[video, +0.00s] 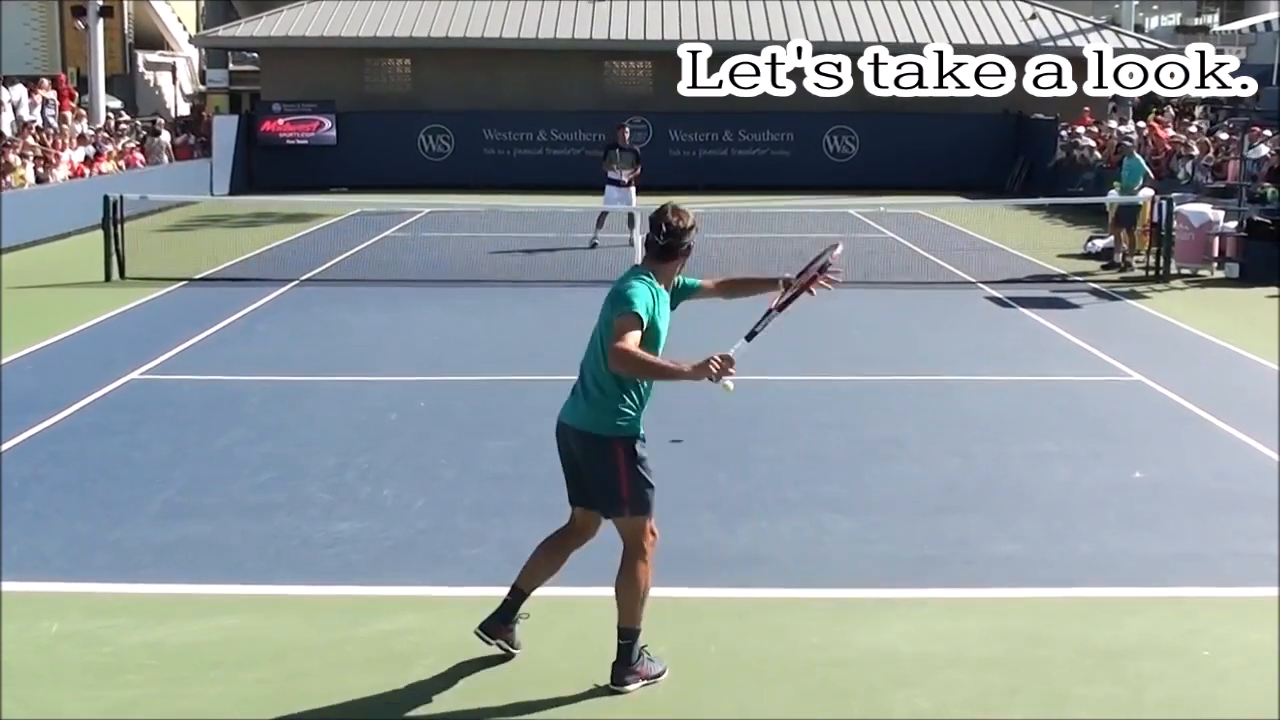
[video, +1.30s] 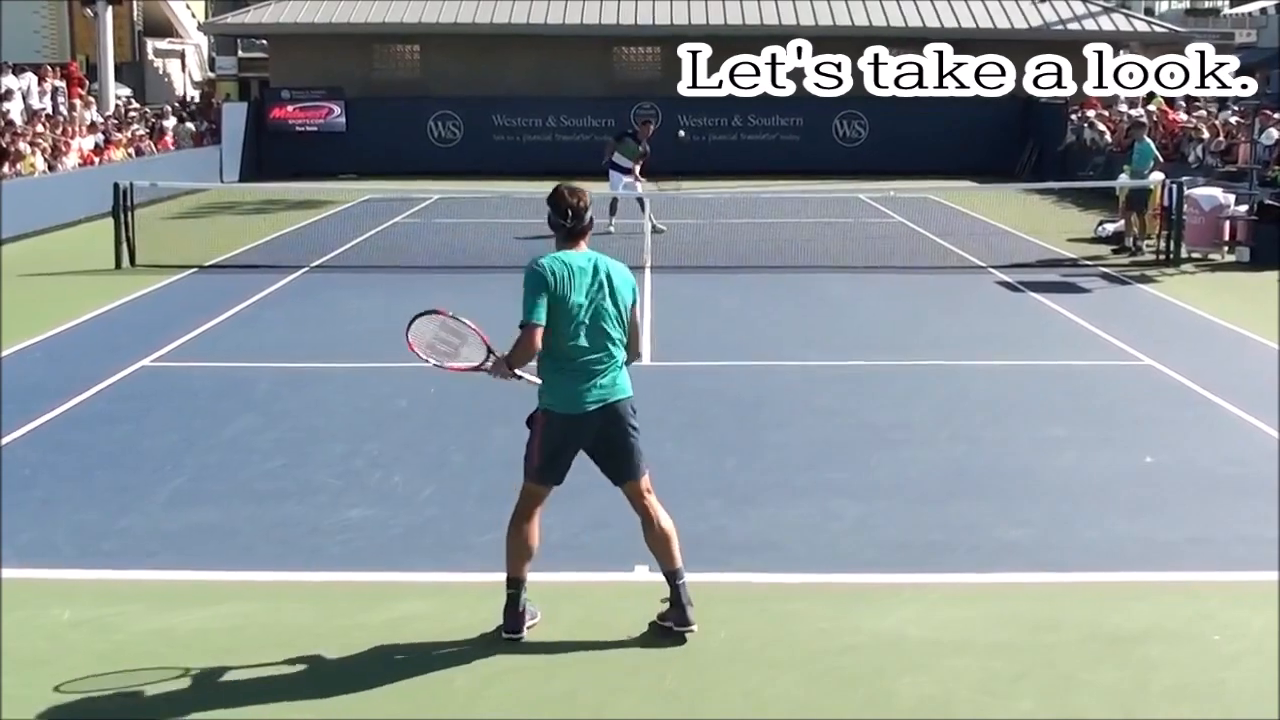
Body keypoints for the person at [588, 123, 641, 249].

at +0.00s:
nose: (625, 135)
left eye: (627, 132)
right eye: (623, 132)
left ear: (629, 134)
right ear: (618, 134)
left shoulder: (634, 150)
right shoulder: (610, 149)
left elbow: (638, 168)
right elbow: (604, 165)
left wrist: (629, 177)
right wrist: (612, 168)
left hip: (628, 184)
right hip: (612, 184)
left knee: (631, 211)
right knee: (605, 210)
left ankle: (632, 236)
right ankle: (595, 236)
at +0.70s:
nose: (632, 127)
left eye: (634, 125)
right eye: (629, 125)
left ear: (637, 127)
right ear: (625, 126)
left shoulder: (640, 142)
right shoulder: (617, 140)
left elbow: (644, 157)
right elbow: (612, 158)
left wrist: (641, 167)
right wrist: (623, 157)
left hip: (634, 176)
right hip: (618, 176)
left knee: (642, 203)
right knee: (610, 202)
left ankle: (648, 230)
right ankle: (607, 229)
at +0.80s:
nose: (635, 131)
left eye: (637, 128)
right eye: (633, 128)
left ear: (640, 130)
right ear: (629, 129)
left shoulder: (644, 145)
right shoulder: (623, 143)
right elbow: (619, 159)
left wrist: (653, 165)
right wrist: (632, 162)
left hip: (636, 178)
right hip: (621, 178)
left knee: (645, 202)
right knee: (615, 204)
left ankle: (650, 229)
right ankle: (600, 228)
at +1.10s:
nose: (648, 135)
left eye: (650, 132)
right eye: (647, 131)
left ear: (652, 134)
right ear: (640, 131)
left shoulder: (646, 151)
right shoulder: (627, 141)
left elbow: (644, 168)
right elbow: (612, 150)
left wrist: (651, 180)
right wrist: (614, 164)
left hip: (634, 176)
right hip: (620, 175)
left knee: (645, 198)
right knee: (620, 199)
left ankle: (653, 226)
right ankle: (609, 226)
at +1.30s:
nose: (648, 132)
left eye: (650, 130)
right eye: (647, 128)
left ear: (652, 132)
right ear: (640, 127)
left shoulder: (645, 149)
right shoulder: (626, 136)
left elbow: (638, 163)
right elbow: (611, 144)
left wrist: (637, 174)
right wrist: (607, 156)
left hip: (630, 173)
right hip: (616, 170)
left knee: (640, 196)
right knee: (616, 196)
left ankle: (653, 223)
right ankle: (611, 223)